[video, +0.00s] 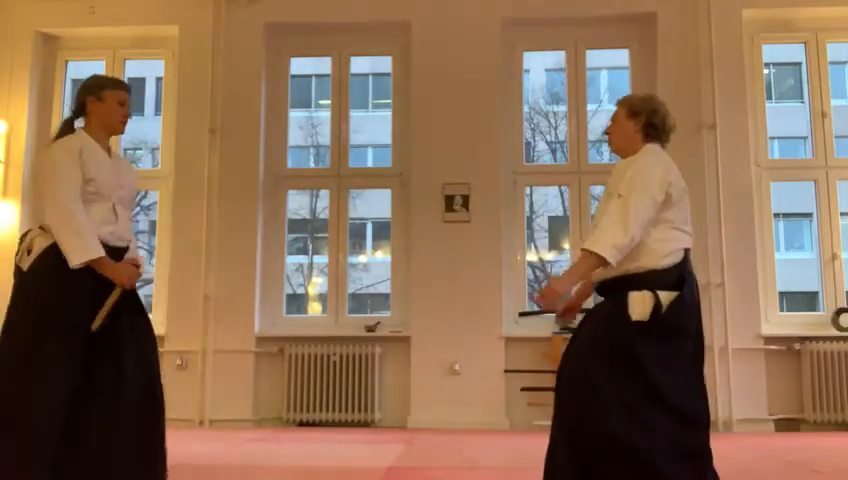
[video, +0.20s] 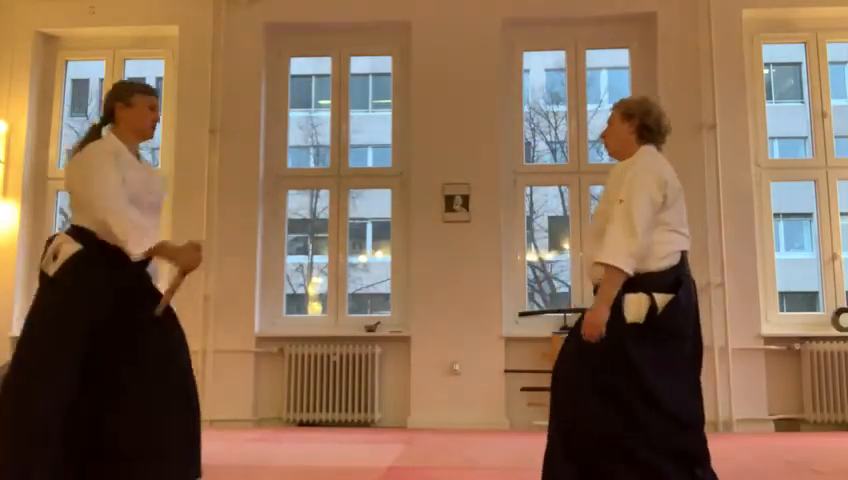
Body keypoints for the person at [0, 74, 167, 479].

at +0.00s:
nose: (126, 113)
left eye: (128, 107)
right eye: (119, 104)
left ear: (116, 112)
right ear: (91, 105)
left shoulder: (118, 165)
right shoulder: (63, 150)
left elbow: (121, 222)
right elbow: (63, 212)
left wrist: (131, 256)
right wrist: (104, 264)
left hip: (110, 273)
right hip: (62, 271)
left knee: (127, 376)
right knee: (58, 377)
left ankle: (117, 468)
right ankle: (55, 469)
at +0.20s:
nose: (157, 118)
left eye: (157, 110)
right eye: (149, 109)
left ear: (138, 115)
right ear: (120, 110)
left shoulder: (139, 166)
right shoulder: (96, 154)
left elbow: (134, 228)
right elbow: (110, 214)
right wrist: (169, 250)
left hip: (129, 278)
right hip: (89, 274)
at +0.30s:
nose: (181, 120)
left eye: (181, 113)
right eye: (174, 111)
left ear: (158, 115)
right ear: (145, 111)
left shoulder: (161, 163)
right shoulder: (123, 151)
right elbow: (159, 180)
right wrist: (227, 184)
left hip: (157, 278)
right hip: (116, 274)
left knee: (185, 374)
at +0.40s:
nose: (206, 113)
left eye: (207, 108)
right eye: (199, 106)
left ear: (185, 107)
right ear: (173, 106)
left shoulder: (194, 148)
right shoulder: (155, 139)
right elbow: (194, 128)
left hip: (192, 271)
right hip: (153, 264)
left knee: (202, 386)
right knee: (104, 363)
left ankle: (194, 469)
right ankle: (34, 449)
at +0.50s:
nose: (234, 111)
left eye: (236, 104)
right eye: (228, 102)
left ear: (231, 112)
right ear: (207, 104)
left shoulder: (227, 167)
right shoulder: (183, 149)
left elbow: (230, 234)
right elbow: (202, 99)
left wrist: (251, 283)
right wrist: (209, 49)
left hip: (219, 269)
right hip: (185, 261)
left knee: (222, 376)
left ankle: (202, 466)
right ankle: (101, 418)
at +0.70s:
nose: (296, 119)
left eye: (295, 112)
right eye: (288, 111)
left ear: (280, 120)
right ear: (261, 115)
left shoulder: (279, 167)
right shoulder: (252, 155)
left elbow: (292, 243)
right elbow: (241, 109)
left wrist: (320, 285)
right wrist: (213, 55)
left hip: (287, 272)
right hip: (256, 270)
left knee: (243, 374)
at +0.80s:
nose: (323, 123)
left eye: (323, 115)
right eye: (316, 115)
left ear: (316, 124)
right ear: (293, 118)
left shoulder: (306, 171)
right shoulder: (285, 162)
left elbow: (315, 236)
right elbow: (288, 126)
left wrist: (345, 279)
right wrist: (267, 67)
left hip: (314, 279)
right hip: (297, 280)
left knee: (269, 383)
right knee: (358, 377)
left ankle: (180, 455)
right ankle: (393, 464)